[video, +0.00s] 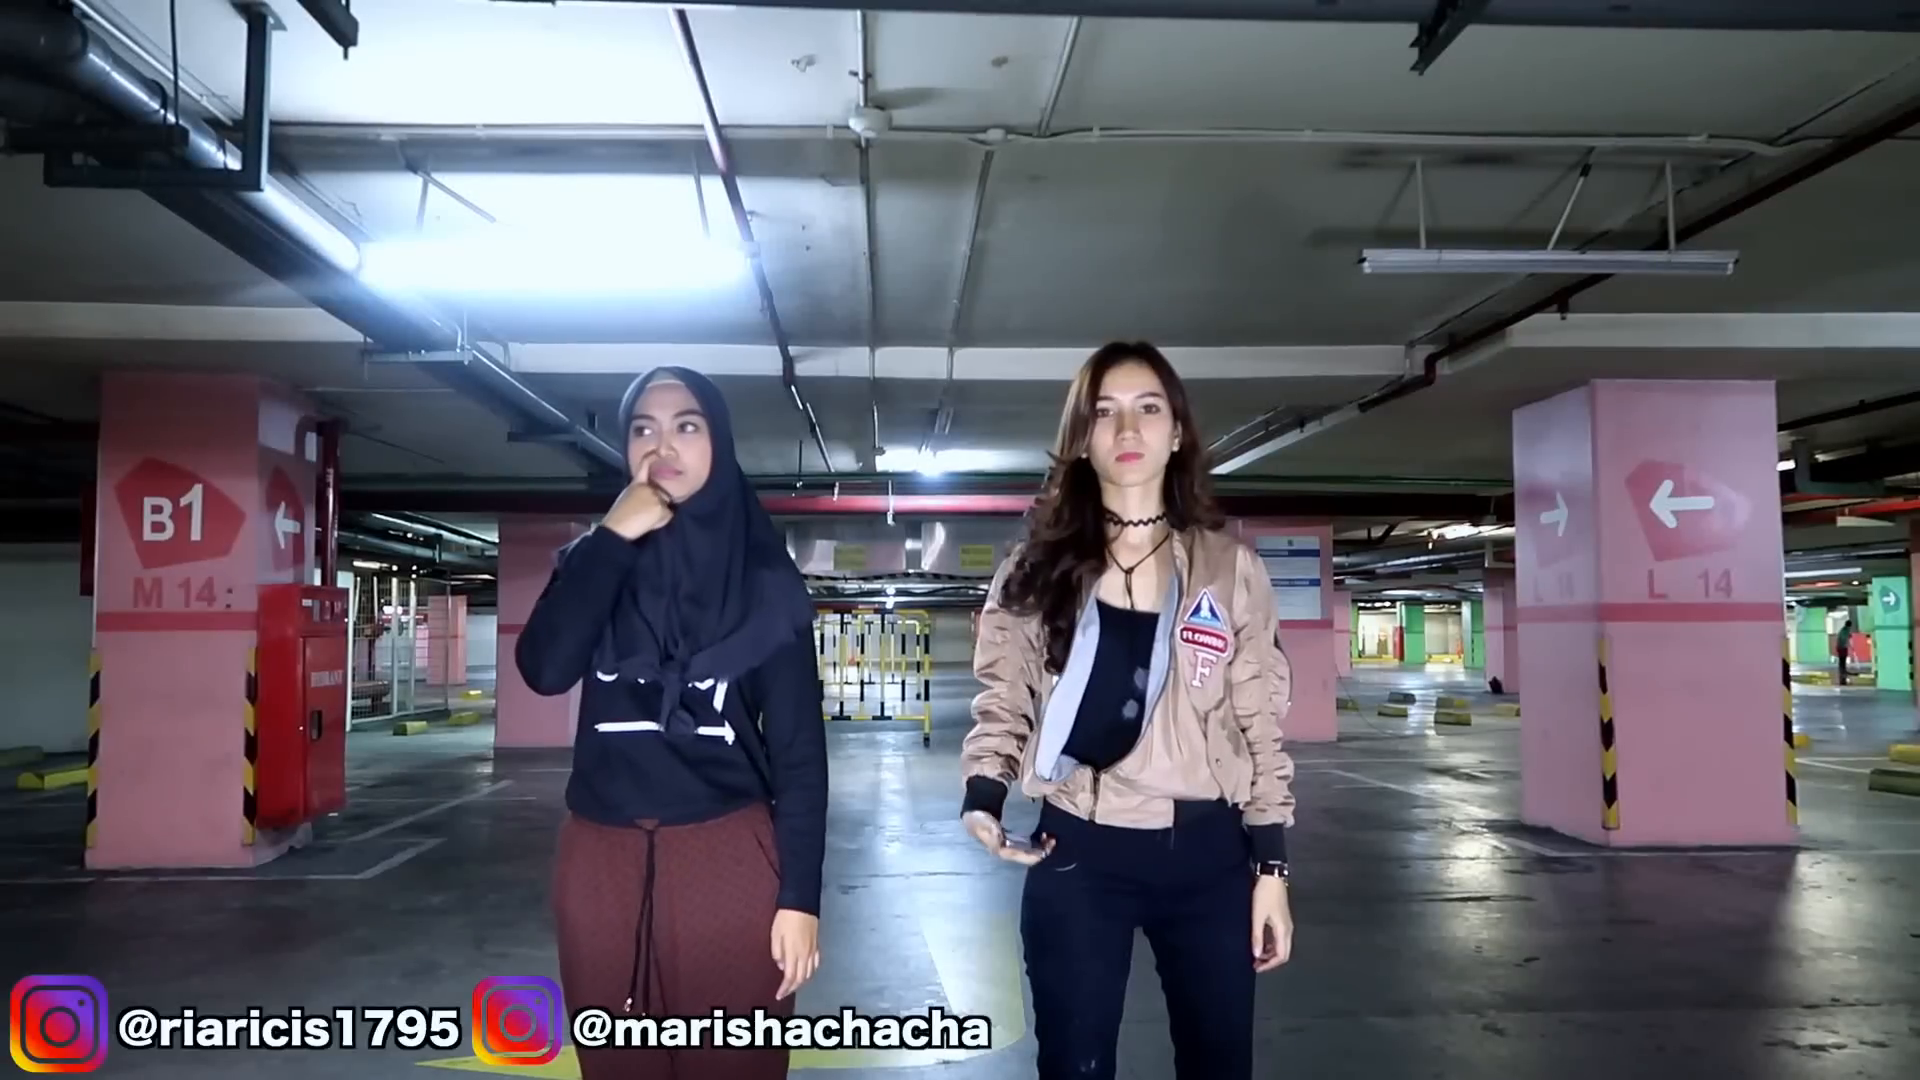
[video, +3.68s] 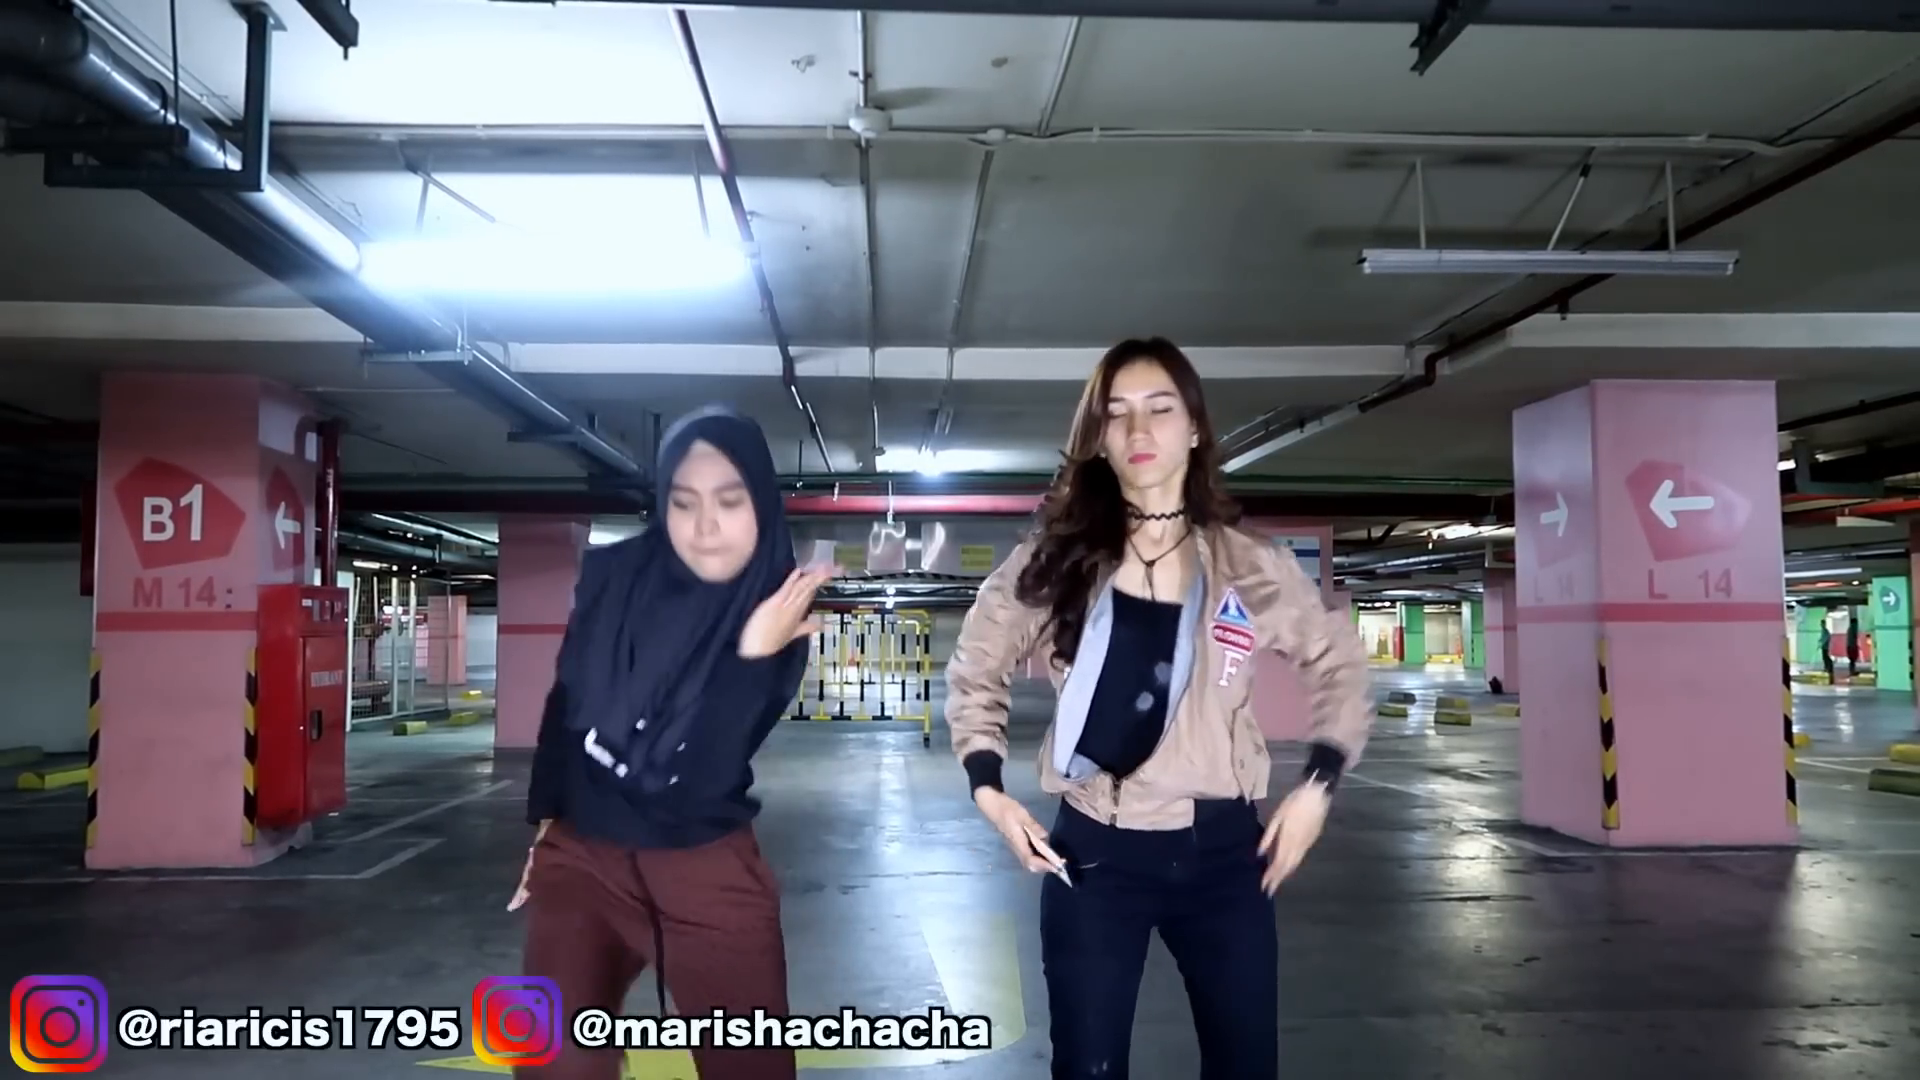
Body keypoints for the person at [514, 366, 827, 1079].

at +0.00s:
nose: (662, 444)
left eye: (686, 426)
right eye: (644, 428)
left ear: (719, 447)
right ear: (626, 448)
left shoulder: (762, 572)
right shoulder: (596, 557)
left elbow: (798, 749)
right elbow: (543, 669)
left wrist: (800, 899)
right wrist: (611, 536)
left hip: (727, 850)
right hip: (601, 850)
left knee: (735, 1062)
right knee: (610, 1061)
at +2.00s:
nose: (698, 448)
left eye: (721, 428)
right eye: (677, 430)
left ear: (751, 450)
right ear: (656, 452)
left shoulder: (787, 570)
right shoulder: (616, 557)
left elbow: (823, 748)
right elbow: (591, 684)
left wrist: (827, 904)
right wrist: (657, 551)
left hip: (751, 854)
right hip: (620, 853)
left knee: (750, 1065)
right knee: (626, 1064)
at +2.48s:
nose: (683, 441)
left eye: (707, 422)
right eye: (665, 425)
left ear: (744, 443)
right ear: (648, 449)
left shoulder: (785, 574)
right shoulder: (609, 568)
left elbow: (821, 751)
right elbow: (553, 727)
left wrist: (823, 904)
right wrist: (594, 643)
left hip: (747, 855)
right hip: (618, 853)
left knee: (747, 1064)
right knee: (622, 1064)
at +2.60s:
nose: (683, 441)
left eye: (708, 423)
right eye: (665, 425)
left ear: (743, 442)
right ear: (647, 448)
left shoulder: (785, 577)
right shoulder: (606, 571)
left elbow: (820, 752)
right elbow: (545, 703)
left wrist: (824, 903)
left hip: (748, 858)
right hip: (618, 855)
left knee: (749, 1064)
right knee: (624, 1064)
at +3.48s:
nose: (673, 449)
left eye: (696, 428)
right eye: (653, 429)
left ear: (727, 445)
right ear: (632, 448)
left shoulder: (765, 570)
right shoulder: (583, 561)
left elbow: (807, 743)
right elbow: (522, 686)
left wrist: (806, 886)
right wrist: (541, 803)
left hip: (731, 850)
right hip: (600, 854)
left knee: (733, 1063)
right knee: (613, 1062)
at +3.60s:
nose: (692, 479)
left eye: (714, 455)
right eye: (671, 456)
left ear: (747, 466)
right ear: (648, 465)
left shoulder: (773, 574)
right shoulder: (593, 552)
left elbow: (767, 763)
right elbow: (546, 687)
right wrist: (544, 809)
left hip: (725, 856)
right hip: (594, 854)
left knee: (736, 1066)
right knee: (606, 1066)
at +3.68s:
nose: (707, 527)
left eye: (731, 501)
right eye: (685, 503)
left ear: (766, 504)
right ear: (661, 506)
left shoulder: (775, 619)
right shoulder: (611, 572)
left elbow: (702, 785)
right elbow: (567, 703)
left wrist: (753, 657)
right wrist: (547, 823)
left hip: (710, 873)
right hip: (583, 860)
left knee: (751, 1069)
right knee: (557, 1064)